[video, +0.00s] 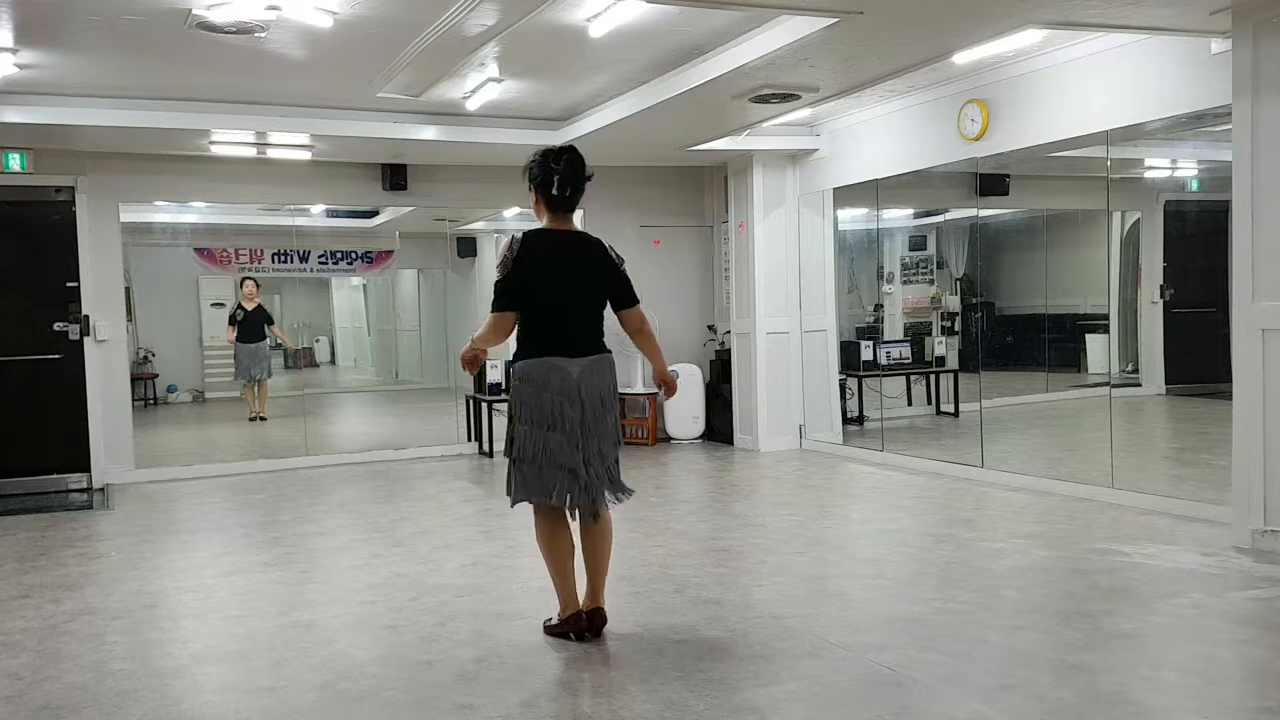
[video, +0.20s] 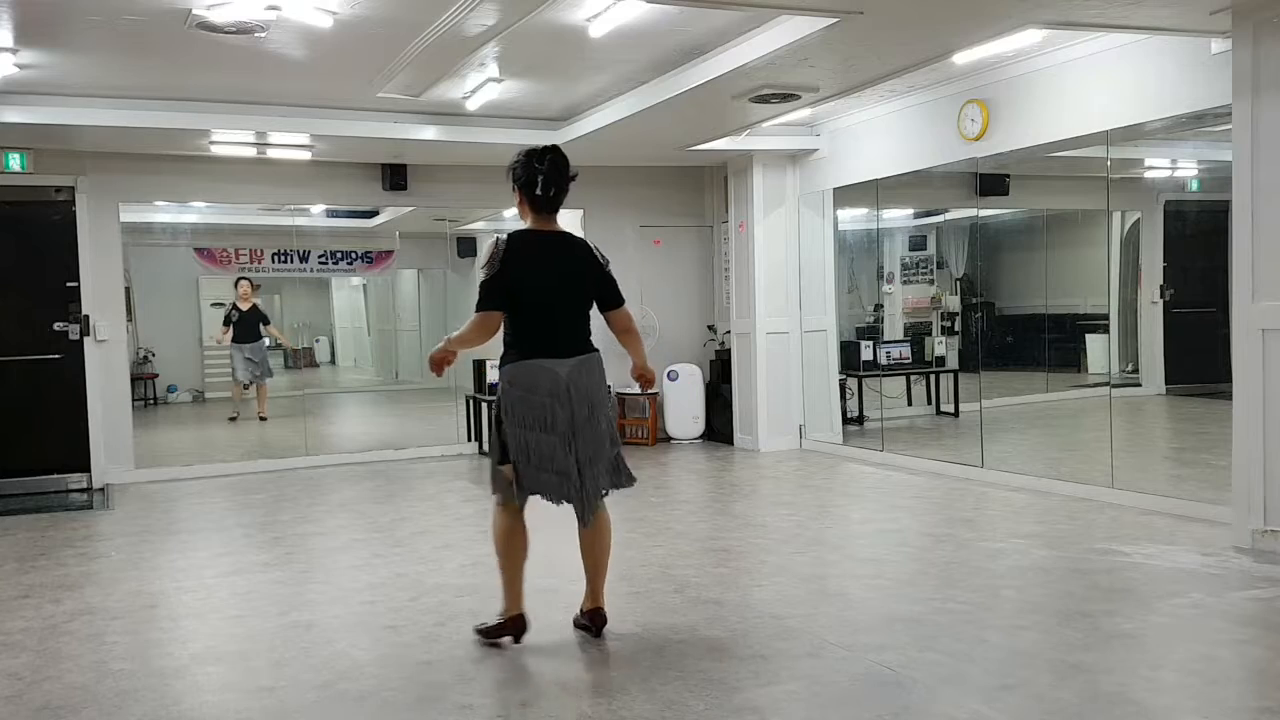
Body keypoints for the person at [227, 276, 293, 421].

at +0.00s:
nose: (250, 289)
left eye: (253, 287)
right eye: (247, 287)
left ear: (257, 289)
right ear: (242, 290)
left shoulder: (262, 308)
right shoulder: (237, 309)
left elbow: (273, 328)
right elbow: (231, 327)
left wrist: (288, 343)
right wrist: (231, 335)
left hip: (261, 347)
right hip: (243, 348)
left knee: (262, 381)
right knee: (248, 382)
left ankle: (262, 410)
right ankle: (253, 410)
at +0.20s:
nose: (245, 289)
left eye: (248, 286)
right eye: (242, 287)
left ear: (252, 289)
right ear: (236, 290)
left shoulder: (257, 308)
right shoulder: (232, 308)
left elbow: (268, 327)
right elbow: (225, 327)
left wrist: (282, 339)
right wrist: (221, 336)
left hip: (256, 347)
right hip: (238, 347)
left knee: (261, 380)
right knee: (238, 379)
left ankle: (261, 411)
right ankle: (235, 410)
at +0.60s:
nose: (226, 290)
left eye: (229, 287)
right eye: (223, 287)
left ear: (233, 289)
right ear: (218, 290)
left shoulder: (237, 308)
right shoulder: (212, 308)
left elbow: (248, 327)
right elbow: (205, 325)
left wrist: (261, 338)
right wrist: (204, 330)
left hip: (237, 347)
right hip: (219, 348)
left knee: (248, 378)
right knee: (221, 382)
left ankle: (260, 409)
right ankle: (223, 413)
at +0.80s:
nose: (219, 290)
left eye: (222, 287)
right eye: (215, 287)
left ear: (226, 290)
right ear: (210, 290)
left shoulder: (230, 308)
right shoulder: (207, 308)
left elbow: (240, 328)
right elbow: (198, 325)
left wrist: (253, 342)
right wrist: (200, 333)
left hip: (232, 346)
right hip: (214, 348)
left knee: (240, 378)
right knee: (218, 383)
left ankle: (245, 409)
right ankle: (223, 412)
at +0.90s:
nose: (216, 290)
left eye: (218, 287)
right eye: (212, 288)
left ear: (222, 290)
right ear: (207, 291)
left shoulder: (227, 308)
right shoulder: (203, 308)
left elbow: (238, 328)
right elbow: (196, 326)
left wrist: (250, 341)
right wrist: (195, 339)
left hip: (229, 347)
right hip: (211, 348)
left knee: (236, 378)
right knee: (216, 382)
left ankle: (230, 408)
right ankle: (222, 412)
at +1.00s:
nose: (213, 291)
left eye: (216, 288)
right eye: (210, 288)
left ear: (220, 290)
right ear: (204, 291)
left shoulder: (225, 309)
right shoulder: (201, 310)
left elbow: (236, 328)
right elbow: (192, 329)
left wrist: (248, 341)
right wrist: (188, 345)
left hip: (225, 348)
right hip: (209, 348)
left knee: (224, 380)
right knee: (215, 381)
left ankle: (214, 407)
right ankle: (222, 411)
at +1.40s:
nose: (202, 292)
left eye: (204, 289)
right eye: (198, 289)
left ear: (208, 291)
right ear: (193, 292)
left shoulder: (213, 310)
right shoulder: (189, 310)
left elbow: (224, 327)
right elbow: (177, 329)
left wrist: (236, 340)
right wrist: (168, 346)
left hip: (211, 348)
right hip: (196, 348)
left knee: (208, 380)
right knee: (205, 379)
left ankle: (201, 412)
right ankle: (213, 411)